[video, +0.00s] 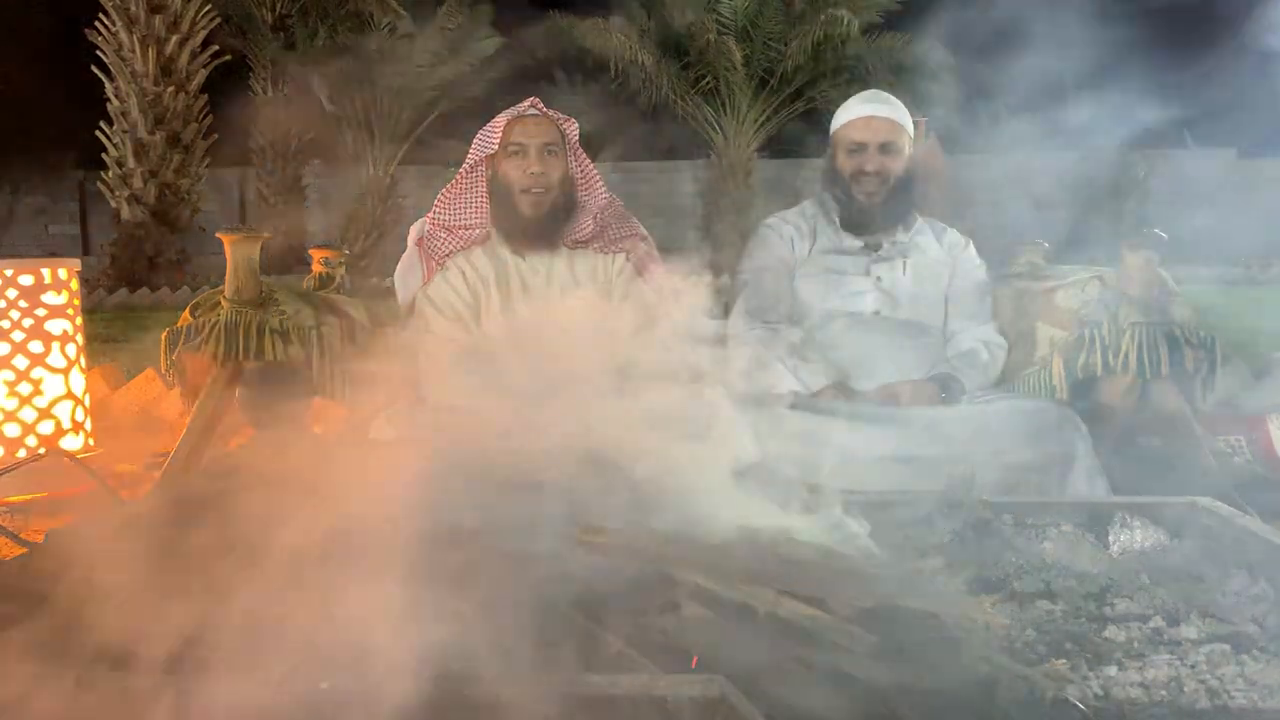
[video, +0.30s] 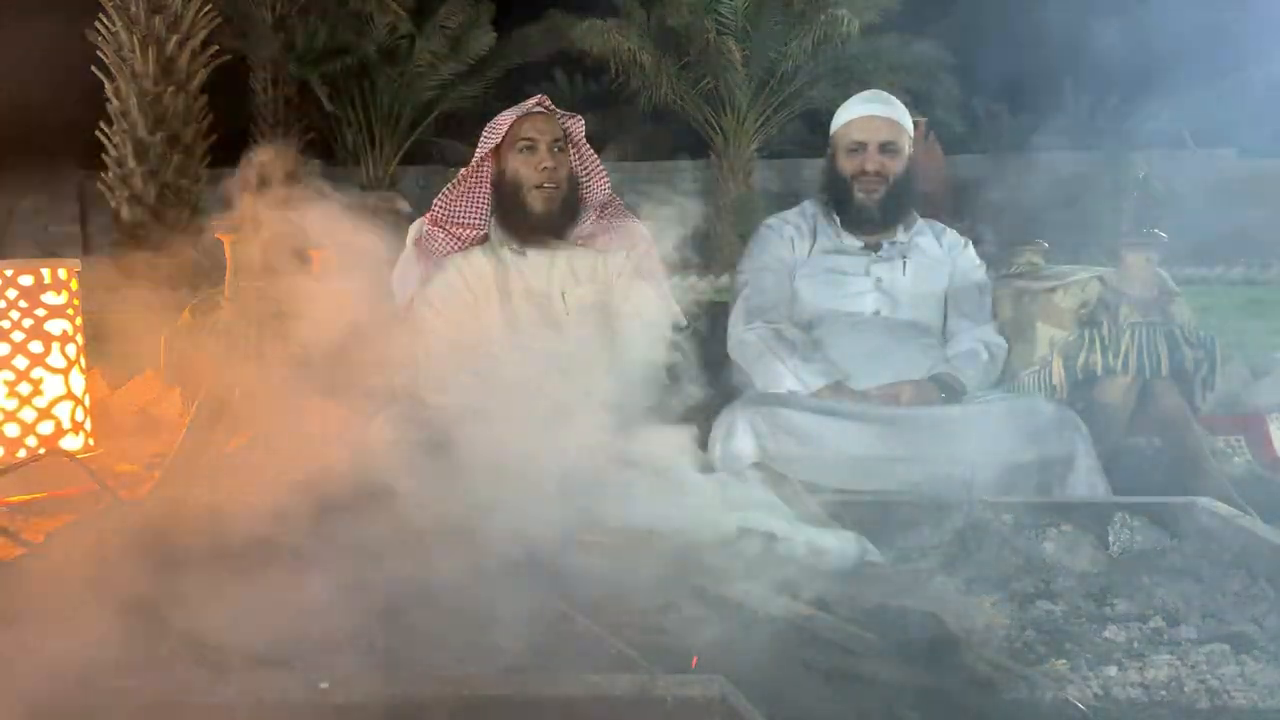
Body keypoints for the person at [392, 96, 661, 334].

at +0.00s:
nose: (535, 169)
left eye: (549, 152)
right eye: (516, 153)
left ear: (569, 168)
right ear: (490, 169)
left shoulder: (613, 273)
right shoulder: (455, 283)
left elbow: (654, 372)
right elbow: (444, 390)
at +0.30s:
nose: (548, 164)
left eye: (558, 149)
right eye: (527, 150)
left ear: (574, 164)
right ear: (495, 166)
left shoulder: (616, 268)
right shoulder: (456, 277)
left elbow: (650, 366)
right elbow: (434, 388)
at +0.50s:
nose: (555, 161)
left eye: (564, 147)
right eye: (534, 149)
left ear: (579, 161)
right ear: (502, 168)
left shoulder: (613, 259)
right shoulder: (460, 267)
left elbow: (666, 341)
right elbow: (421, 363)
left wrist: (608, 370)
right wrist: (507, 365)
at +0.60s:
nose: (556, 162)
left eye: (567, 150)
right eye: (536, 150)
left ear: (581, 170)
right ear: (502, 170)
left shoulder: (616, 271)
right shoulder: (461, 276)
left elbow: (669, 357)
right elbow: (424, 372)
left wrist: (611, 329)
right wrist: (508, 336)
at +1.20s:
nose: (562, 170)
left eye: (571, 154)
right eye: (540, 155)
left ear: (583, 167)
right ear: (504, 173)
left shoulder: (616, 260)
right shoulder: (465, 267)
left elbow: (658, 360)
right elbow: (445, 375)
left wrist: (605, 298)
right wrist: (525, 300)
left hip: (599, 417)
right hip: (496, 413)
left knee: (673, 440)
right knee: (394, 427)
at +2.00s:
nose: (569, 174)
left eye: (576, 160)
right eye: (548, 159)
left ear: (586, 171)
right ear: (507, 175)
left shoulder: (604, 260)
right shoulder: (464, 268)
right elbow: (457, 376)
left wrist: (612, 280)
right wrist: (541, 314)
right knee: (395, 426)